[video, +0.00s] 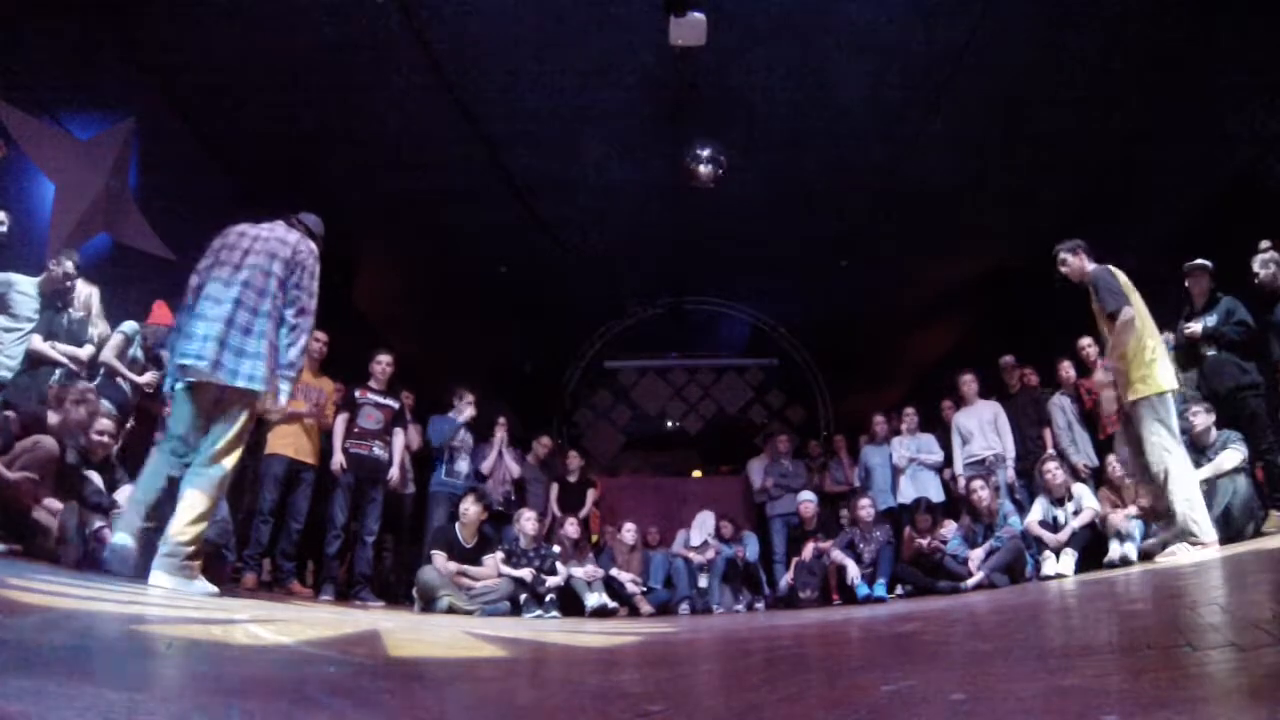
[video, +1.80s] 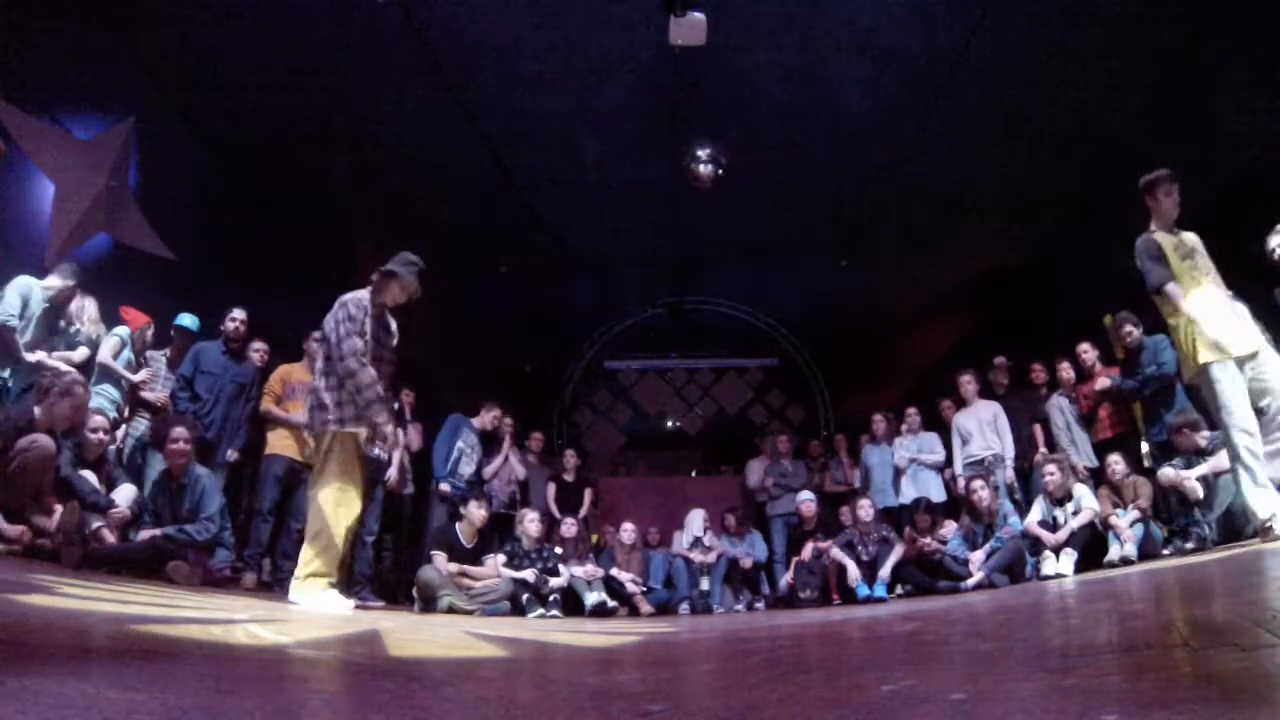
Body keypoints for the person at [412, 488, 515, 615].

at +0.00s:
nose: (465, 508)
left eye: (473, 505)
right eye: (464, 502)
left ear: (483, 515)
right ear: (459, 506)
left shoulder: (485, 539)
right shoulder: (443, 533)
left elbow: (492, 572)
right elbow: (440, 566)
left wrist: (460, 568)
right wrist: (474, 584)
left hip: (476, 590)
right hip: (446, 588)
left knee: (507, 585)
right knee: (426, 573)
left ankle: (453, 605)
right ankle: (476, 609)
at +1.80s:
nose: (484, 514)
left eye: (486, 509)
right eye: (478, 508)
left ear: (489, 512)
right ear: (462, 510)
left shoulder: (485, 538)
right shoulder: (442, 533)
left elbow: (493, 572)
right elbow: (442, 570)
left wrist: (462, 569)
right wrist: (474, 584)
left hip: (476, 591)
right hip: (447, 588)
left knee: (506, 585)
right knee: (427, 574)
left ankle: (453, 604)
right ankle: (476, 609)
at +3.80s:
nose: (487, 513)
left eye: (488, 508)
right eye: (482, 507)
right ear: (465, 509)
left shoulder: (484, 536)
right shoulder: (443, 531)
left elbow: (492, 572)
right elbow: (441, 569)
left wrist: (461, 569)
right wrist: (474, 584)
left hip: (477, 590)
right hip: (448, 588)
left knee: (507, 585)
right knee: (427, 572)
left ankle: (456, 605)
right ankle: (476, 609)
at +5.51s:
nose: (475, 511)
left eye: (480, 507)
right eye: (470, 505)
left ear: (485, 514)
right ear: (460, 509)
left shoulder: (485, 537)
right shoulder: (443, 531)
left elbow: (493, 572)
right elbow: (441, 569)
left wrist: (462, 569)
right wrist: (474, 584)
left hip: (477, 590)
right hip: (447, 587)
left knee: (507, 584)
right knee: (426, 573)